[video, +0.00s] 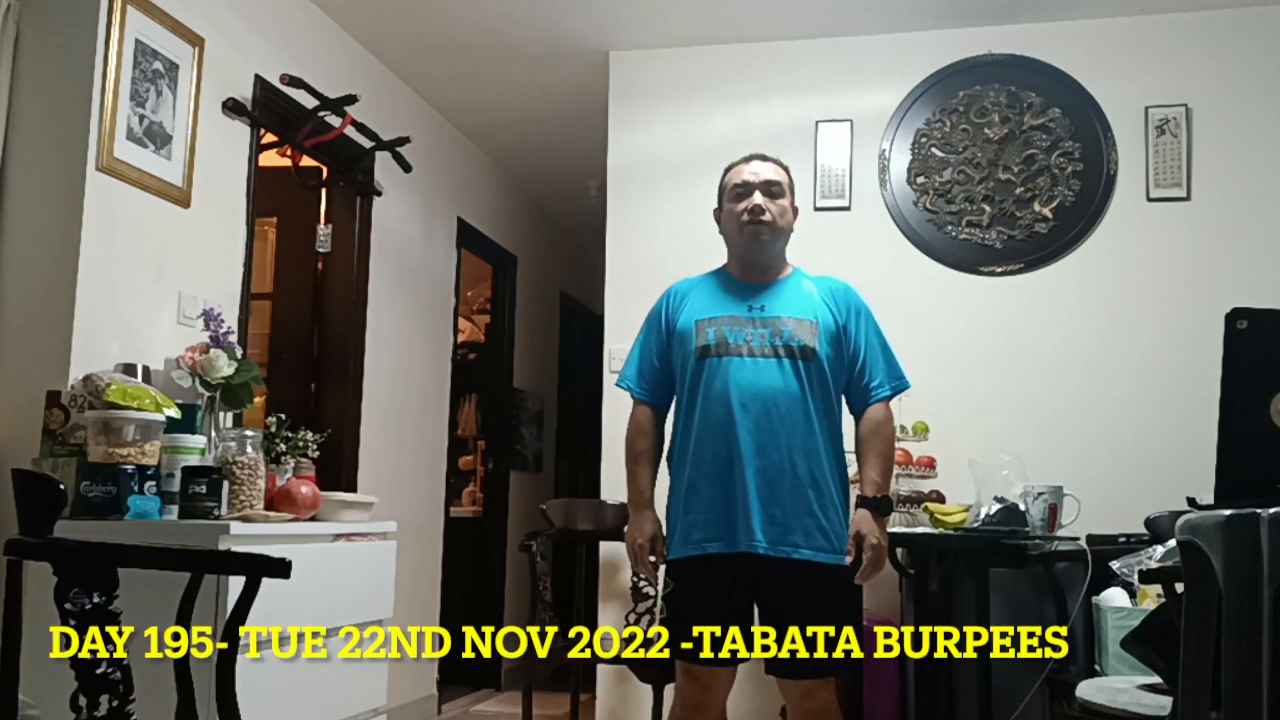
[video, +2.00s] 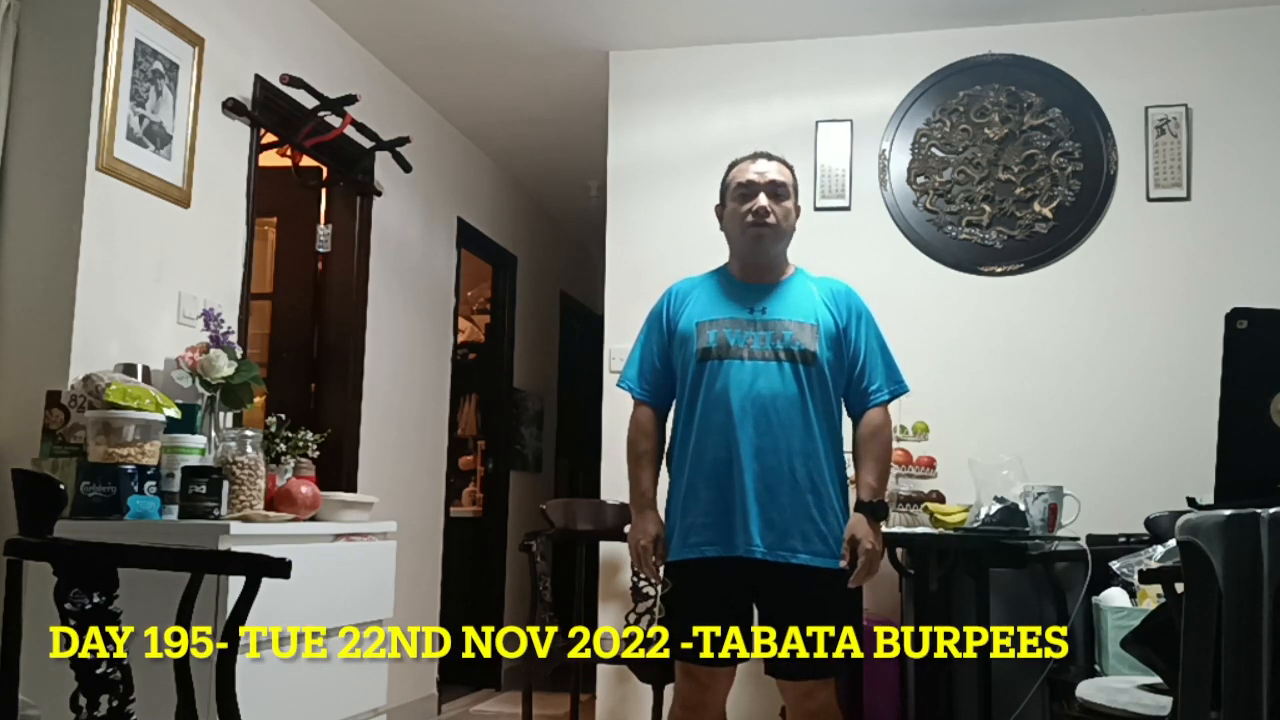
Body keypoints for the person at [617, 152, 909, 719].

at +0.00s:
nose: (757, 200)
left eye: (773, 191)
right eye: (741, 192)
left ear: (794, 216)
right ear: (719, 217)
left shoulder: (837, 301)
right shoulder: (681, 301)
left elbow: (875, 406)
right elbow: (645, 411)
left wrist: (872, 506)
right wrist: (641, 510)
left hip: (811, 540)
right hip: (704, 537)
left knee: (814, 698)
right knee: (699, 692)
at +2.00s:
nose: (761, 200)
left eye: (777, 192)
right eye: (744, 192)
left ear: (796, 216)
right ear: (721, 215)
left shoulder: (838, 303)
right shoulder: (681, 302)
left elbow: (874, 411)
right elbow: (646, 410)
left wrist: (869, 511)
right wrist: (642, 509)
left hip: (809, 544)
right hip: (704, 540)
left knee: (814, 700)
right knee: (698, 694)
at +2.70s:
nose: (760, 199)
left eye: (775, 190)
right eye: (743, 191)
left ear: (796, 214)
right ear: (720, 216)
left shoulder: (839, 303)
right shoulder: (682, 302)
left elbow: (875, 411)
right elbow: (647, 411)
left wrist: (870, 511)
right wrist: (643, 510)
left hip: (810, 545)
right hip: (706, 542)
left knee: (815, 702)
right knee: (698, 696)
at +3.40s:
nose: (752, 199)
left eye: (766, 189)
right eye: (736, 192)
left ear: (789, 213)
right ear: (713, 217)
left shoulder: (834, 302)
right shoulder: (677, 305)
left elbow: (872, 410)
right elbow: (646, 416)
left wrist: (870, 511)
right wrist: (646, 516)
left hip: (810, 542)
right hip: (704, 541)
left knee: (814, 700)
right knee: (695, 695)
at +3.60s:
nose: (738, 200)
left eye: (753, 190)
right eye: (722, 193)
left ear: (776, 213)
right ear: (701, 218)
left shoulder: (820, 304)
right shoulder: (663, 304)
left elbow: (858, 412)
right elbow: (630, 416)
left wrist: (859, 512)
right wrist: (629, 515)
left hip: (794, 545)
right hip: (688, 543)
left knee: (804, 700)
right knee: (685, 692)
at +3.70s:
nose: (732, 198)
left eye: (747, 188)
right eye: (716, 190)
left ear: (769, 211)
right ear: (694, 214)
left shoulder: (811, 304)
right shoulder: (654, 302)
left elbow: (847, 412)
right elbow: (619, 410)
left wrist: (845, 512)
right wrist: (616, 509)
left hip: (785, 543)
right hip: (679, 541)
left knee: (797, 696)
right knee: (681, 690)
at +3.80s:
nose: (724, 194)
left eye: (740, 186)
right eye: (708, 186)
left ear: (761, 210)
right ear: (686, 211)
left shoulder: (802, 302)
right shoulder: (646, 301)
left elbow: (836, 411)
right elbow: (609, 410)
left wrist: (828, 511)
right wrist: (603, 508)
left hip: (778, 543)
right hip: (674, 541)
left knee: (800, 696)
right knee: (677, 692)